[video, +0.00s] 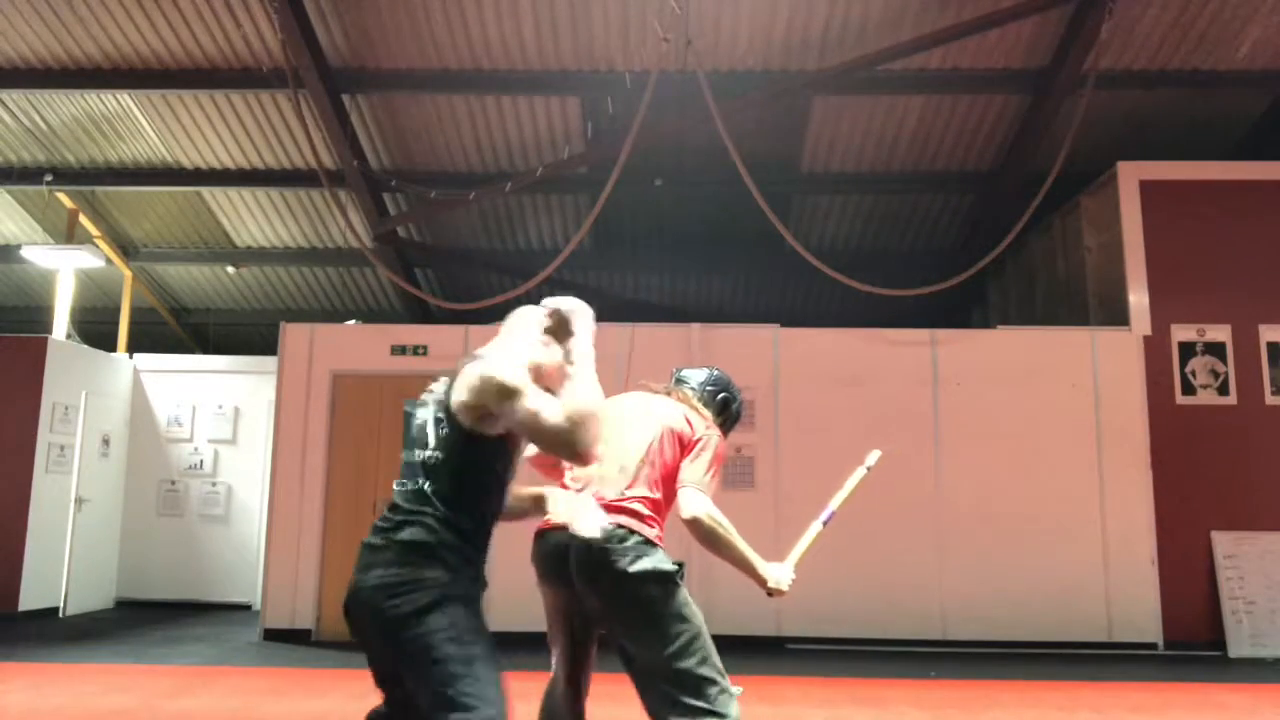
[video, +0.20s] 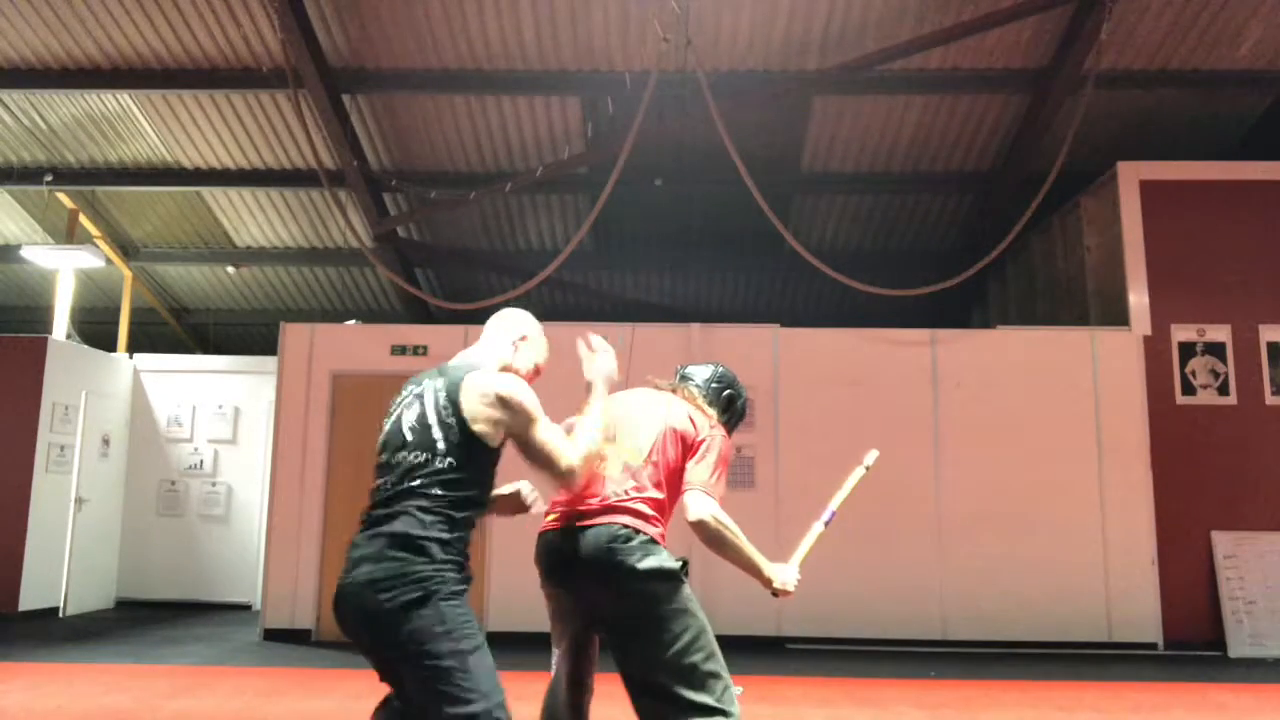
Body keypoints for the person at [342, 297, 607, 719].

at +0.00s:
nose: (568, 380)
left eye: (573, 367)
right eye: (568, 364)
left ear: (529, 335)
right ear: (546, 341)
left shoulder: (448, 385)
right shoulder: (492, 377)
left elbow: (468, 502)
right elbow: (581, 444)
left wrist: (544, 500)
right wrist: (584, 344)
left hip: (384, 582)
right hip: (423, 586)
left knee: (410, 708)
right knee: (477, 709)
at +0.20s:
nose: (531, 381)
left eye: (537, 374)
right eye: (535, 369)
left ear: (485, 339)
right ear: (517, 343)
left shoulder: (416, 389)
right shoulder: (500, 387)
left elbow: (414, 494)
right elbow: (571, 470)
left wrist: (489, 503)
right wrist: (600, 388)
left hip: (360, 584)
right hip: (418, 587)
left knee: (416, 698)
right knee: (483, 710)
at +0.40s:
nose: (524, 408)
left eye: (530, 400)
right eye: (526, 397)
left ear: (483, 369)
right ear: (505, 371)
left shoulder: (404, 410)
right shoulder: (497, 415)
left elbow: (399, 500)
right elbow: (562, 504)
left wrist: (467, 516)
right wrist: (587, 421)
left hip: (336, 593)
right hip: (407, 592)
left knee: (394, 688)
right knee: (480, 711)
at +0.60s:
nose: (519, 417)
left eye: (525, 408)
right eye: (521, 403)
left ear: (475, 378)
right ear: (492, 379)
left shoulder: (397, 423)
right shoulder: (487, 426)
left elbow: (393, 513)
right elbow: (562, 505)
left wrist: (462, 519)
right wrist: (601, 426)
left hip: (327, 602)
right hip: (396, 605)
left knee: (386, 684)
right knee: (460, 711)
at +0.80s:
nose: (519, 413)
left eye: (524, 404)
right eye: (519, 398)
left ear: (480, 377)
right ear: (490, 376)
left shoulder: (391, 422)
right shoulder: (483, 435)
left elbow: (438, 509)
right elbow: (557, 514)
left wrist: (501, 497)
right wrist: (598, 433)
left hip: (322, 607)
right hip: (388, 610)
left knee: (382, 686)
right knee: (448, 713)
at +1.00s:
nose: (519, 411)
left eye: (524, 401)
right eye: (519, 395)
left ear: (483, 375)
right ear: (489, 375)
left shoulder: (391, 417)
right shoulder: (483, 438)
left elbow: (460, 501)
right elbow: (561, 515)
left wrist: (542, 475)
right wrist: (600, 432)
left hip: (319, 606)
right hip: (384, 610)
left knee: (382, 685)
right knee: (443, 712)